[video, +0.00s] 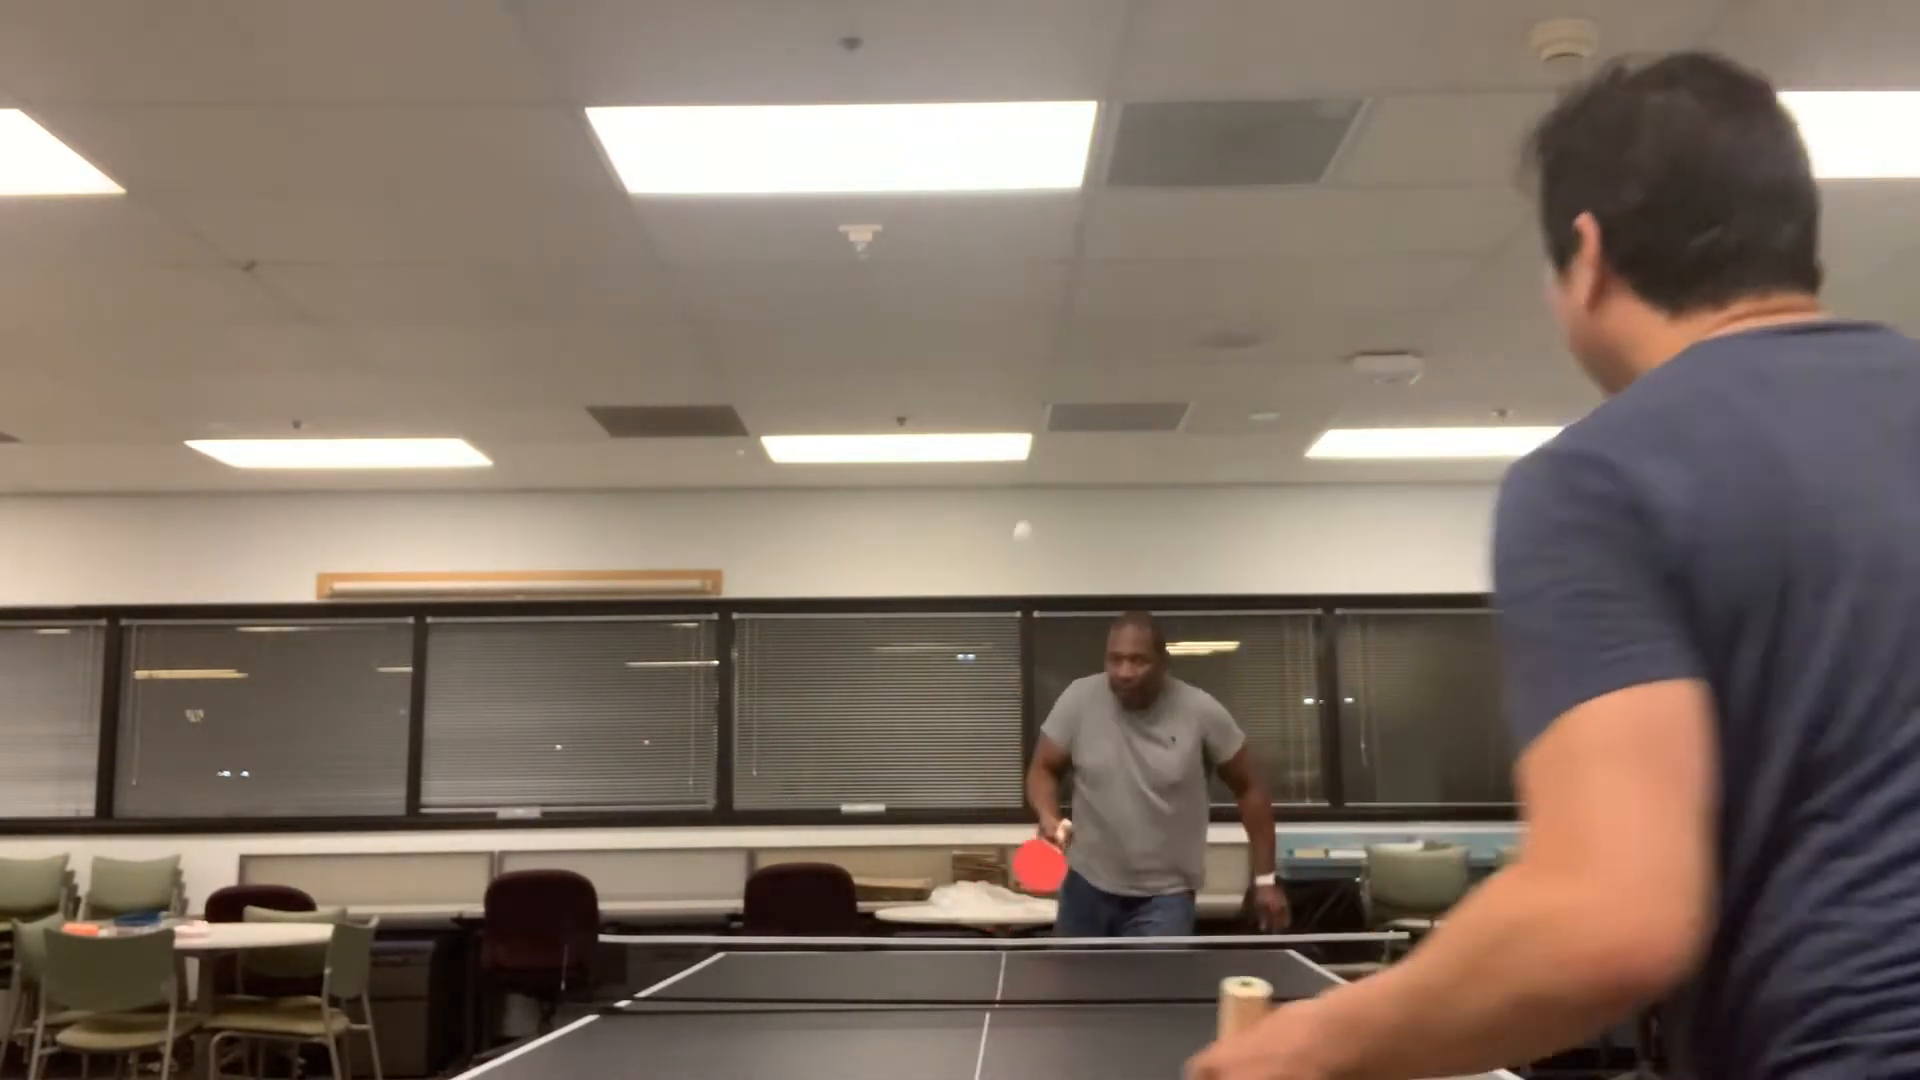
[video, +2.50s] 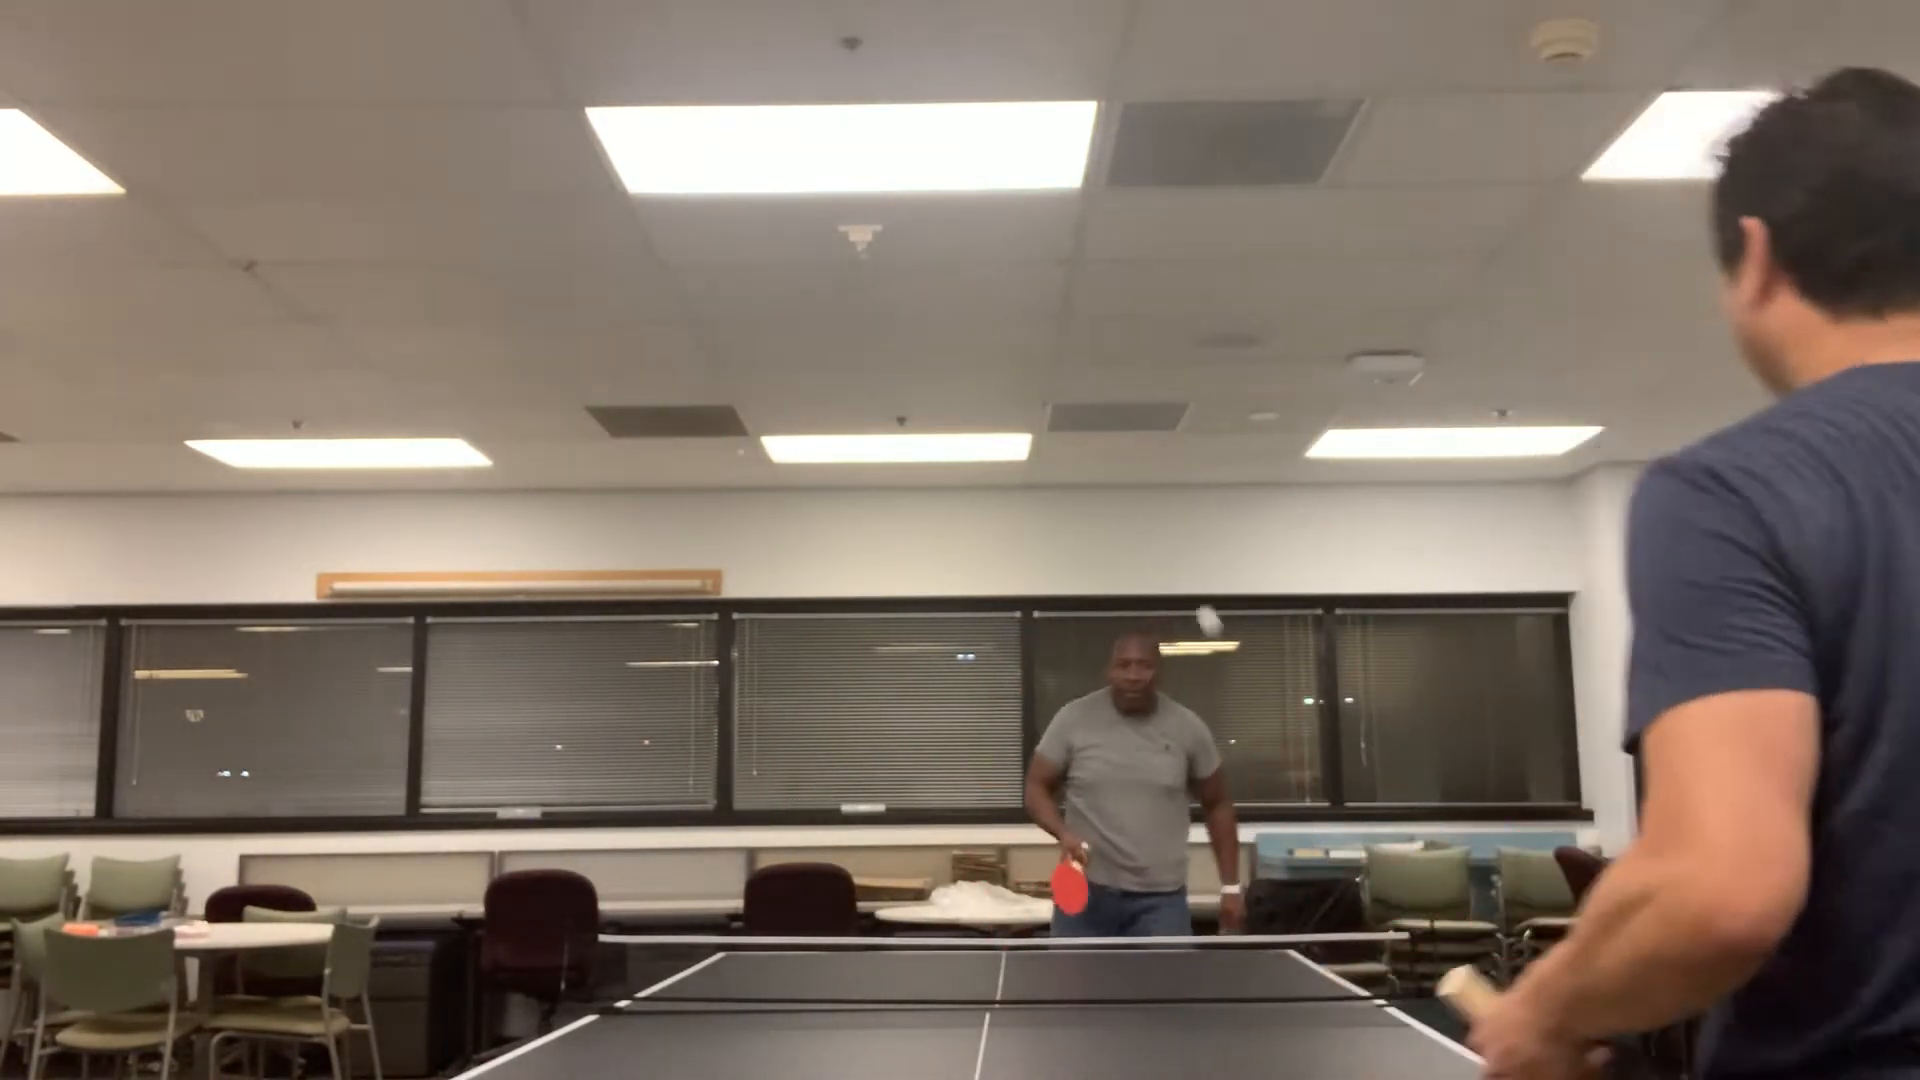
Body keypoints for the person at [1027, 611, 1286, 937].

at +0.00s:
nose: (1124, 673)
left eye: (1138, 661)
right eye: (1116, 660)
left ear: (1162, 661)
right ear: (1105, 659)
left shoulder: (1200, 712)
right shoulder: (1080, 699)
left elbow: (1250, 788)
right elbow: (1042, 769)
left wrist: (1265, 879)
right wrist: (1049, 817)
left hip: (1165, 894)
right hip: (1088, 887)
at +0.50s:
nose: (1085, 678)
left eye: (1096, 667)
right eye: (1076, 667)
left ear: (1112, 671)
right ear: (1062, 671)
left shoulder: (1147, 730)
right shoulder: (1027, 726)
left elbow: (1175, 812)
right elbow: (986, 798)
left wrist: (1184, 898)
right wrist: (1016, 859)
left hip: (1124, 902)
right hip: (1050, 902)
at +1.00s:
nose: (1102, 673)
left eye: (1113, 662)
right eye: (1092, 662)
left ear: (1127, 668)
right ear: (1077, 667)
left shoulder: (1160, 728)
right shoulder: (1043, 725)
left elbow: (1189, 810)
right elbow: (1017, 801)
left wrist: (1197, 896)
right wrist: (1026, 873)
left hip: (1140, 895)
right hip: (1065, 893)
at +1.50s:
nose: (1086, 689)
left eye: (1097, 678)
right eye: (1076, 679)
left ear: (1113, 678)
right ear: (1063, 680)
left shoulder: (1153, 733)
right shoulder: (1035, 740)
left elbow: (1187, 809)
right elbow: (1014, 811)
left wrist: (1210, 891)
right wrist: (1031, 876)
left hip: (1145, 900)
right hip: (1068, 901)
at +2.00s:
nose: (1131, 675)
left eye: (1143, 667)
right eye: (1125, 663)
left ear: (1170, 662)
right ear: (1118, 654)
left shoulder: (1209, 688)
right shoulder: (1103, 681)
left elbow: (1277, 739)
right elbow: (1056, 722)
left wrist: (1331, 807)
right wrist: (1024, 741)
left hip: (1187, 875)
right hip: (1113, 870)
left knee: (1188, 992)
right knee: (1098, 986)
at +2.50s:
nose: (1133, 675)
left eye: (1143, 665)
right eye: (1123, 665)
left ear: (1157, 671)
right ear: (1108, 671)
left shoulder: (1188, 728)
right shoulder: (1073, 720)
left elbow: (1218, 805)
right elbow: (1035, 788)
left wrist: (1231, 888)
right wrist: (1063, 834)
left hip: (1161, 899)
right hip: (1086, 896)